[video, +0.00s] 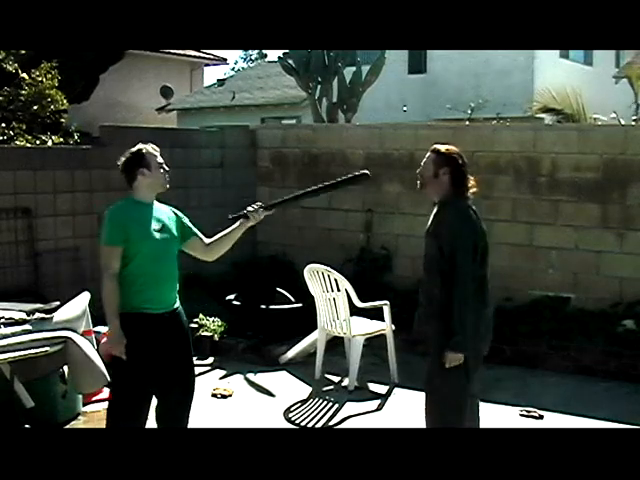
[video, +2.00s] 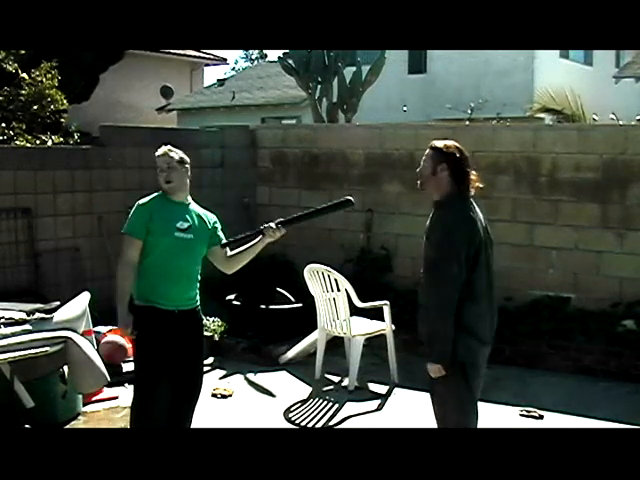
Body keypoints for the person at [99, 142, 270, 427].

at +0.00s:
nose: (167, 169)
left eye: (165, 164)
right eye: (160, 165)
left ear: (148, 173)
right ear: (141, 173)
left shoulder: (171, 216)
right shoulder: (119, 215)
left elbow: (208, 251)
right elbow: (110, 273)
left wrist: (244, 223)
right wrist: (114, 327)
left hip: (172, 321)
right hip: (135, 324)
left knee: (177, 403)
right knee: (128, 410)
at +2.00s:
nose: (165, 174)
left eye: (171, 168)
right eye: (160, 170)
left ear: (187, 172)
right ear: (156, 175)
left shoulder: (206, 220)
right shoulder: (146, 210)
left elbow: (228, 264)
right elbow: (128, 261)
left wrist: (263, 240)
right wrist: (123, 313)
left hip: (188, 318)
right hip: (151, 317)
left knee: (186, 395)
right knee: (151, 394)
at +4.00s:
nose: (192, 173)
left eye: (191, 167)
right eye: (186, 168)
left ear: (172, 172)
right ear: (167, 172)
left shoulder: (193, 215)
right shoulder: (139, 213)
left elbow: (208, 263)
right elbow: (128, 270)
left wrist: (243, 285)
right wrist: (135, 322)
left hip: (187, 319)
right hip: (153, 319)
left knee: (184, 395)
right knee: (150, 399)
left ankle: (177, 430)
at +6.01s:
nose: (208, 176)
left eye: (207, 171)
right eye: (202, 171)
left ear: (187, 176)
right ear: (182, 174)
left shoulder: (202, 220)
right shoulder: (147, 208)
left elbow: (220, 262)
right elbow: (123, 260)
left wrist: (262, 252)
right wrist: (118, 309)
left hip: (187, 318)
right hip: (150, 316)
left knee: (186, 391)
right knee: (152, 392)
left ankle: (177, 432)